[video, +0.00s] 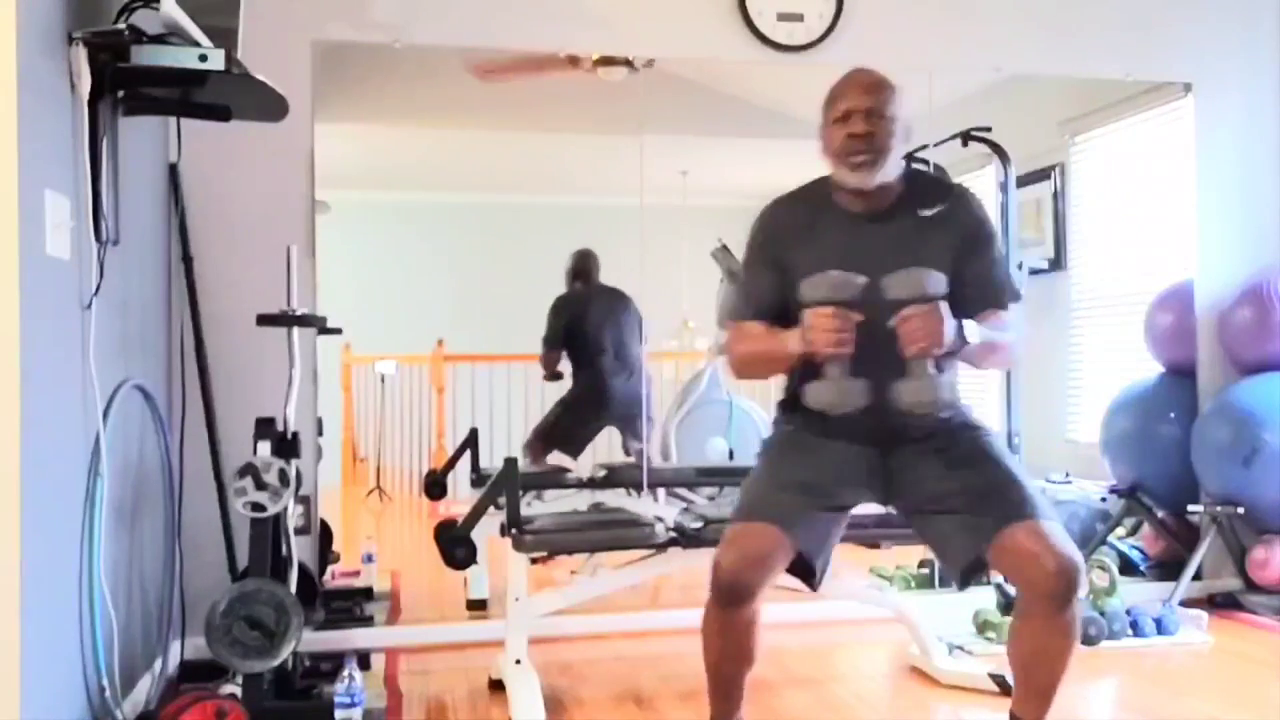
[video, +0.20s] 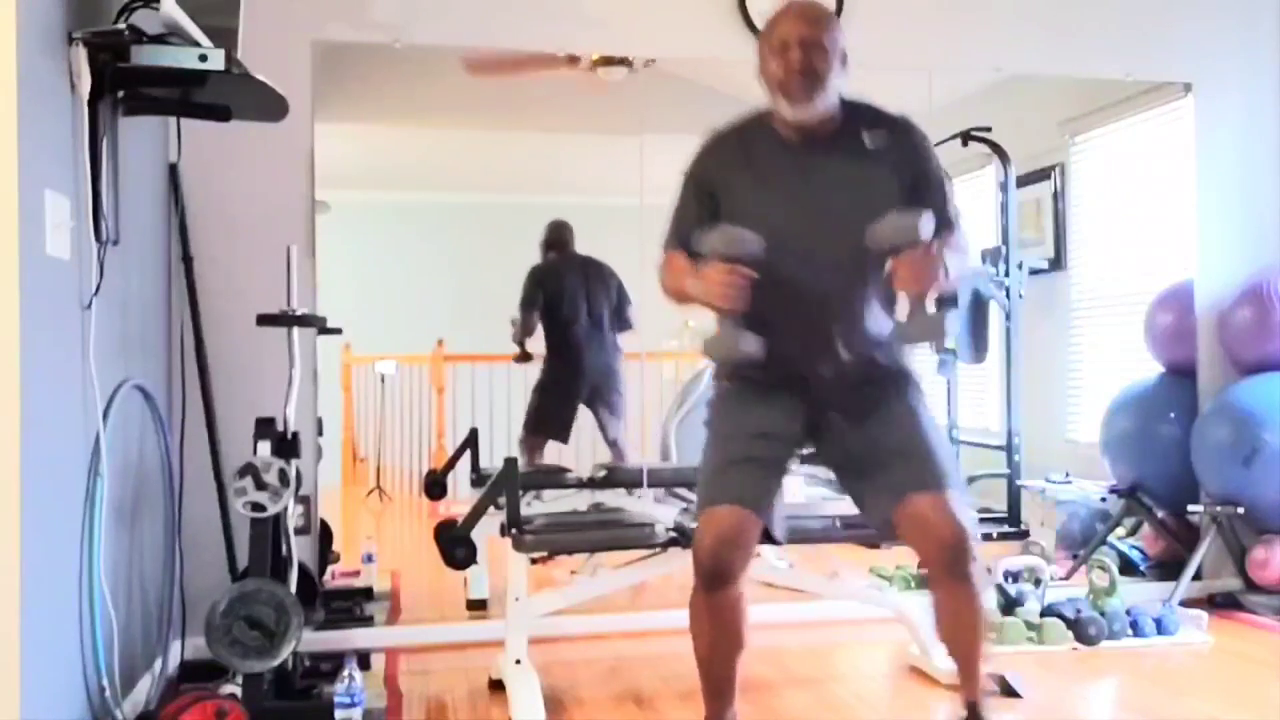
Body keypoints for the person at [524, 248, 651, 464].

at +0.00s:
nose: (568, 276)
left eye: (569, 271)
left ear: (571, 273)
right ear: (597, 273)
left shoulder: (565, 303)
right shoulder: (623, 300)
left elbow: (550, 359)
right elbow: (639, 345)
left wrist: (551, 372)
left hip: (590, 395)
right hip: (634, 393)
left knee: (534, 449)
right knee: (647, 454)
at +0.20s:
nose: (542, 248)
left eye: (543, 244)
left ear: (546, 244)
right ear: (572, 242)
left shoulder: (541, 273)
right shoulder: (603, 270)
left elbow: (529, 326)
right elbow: (624, 321)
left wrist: (520, 337)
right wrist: (593, 326)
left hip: (564, 368)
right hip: (605, 367)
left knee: (533, 443)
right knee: (618, 440)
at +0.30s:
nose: (536, 236)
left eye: (537, 232)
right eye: (539, 233)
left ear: (539, 231)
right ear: (565, 230)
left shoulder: (535, 257)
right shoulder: (596, 256)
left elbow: (523, 305)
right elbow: (626, 304)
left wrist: (506, 320)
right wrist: (599, 315)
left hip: (555, 355)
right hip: (596, 355)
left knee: (533, 430)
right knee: (598, 424)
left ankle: (532, 492)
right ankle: (601, 477)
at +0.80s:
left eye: (526, 236)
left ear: (522, 238)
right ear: (548, 238)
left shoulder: (509, 270)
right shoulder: (575, 268)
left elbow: (489, 324)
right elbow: (597, 321)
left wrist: (511, 333)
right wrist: (567, 324)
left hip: (520, 366)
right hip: (566, 366)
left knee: (486, 430)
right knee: (571, 439)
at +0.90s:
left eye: (516, 257)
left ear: (513, 260)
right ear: (540, 259)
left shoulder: (499, 292)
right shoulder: (565, 289)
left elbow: (483, 352)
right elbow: (580, 337)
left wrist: (506, 341)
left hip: (516, 383)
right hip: (562, 382)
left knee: (469, 440)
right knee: (579, 452)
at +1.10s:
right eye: (511, 267)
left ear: (489, 272)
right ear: (517, 270)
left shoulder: (474, 305)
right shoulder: (532, 301)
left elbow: (452, 360)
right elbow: (550, 347)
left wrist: (472, 344)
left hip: (488, 393)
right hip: (531, 392)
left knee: (450, 447)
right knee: (559, 453)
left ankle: (446, 522)